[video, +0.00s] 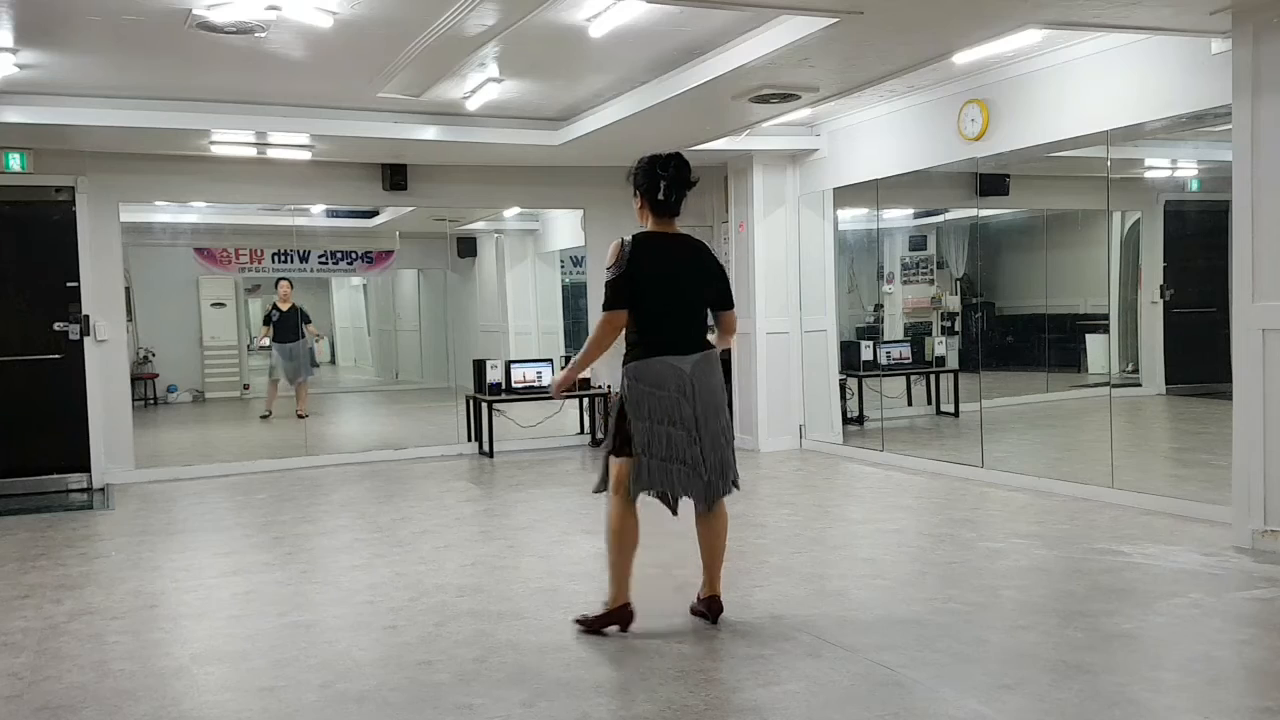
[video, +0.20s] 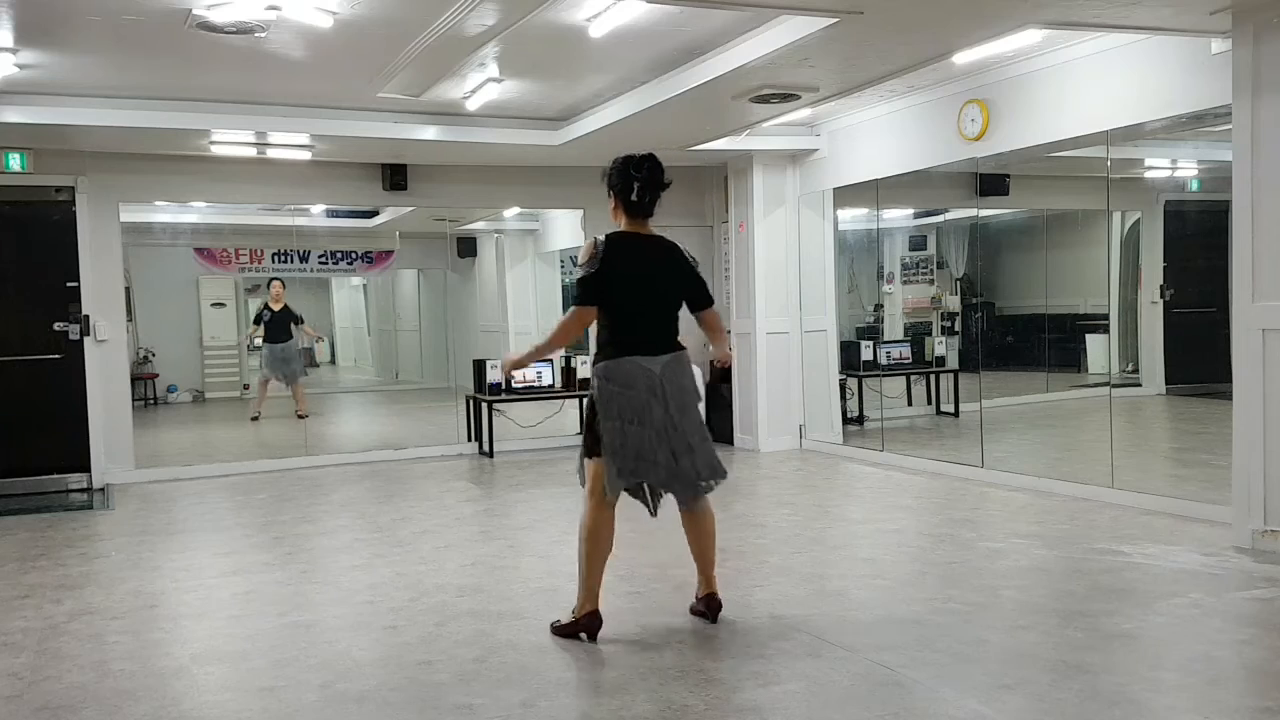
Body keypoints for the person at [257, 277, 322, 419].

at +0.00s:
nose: (285, 290)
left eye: (287, 287)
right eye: (282, 287)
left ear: (291, 290)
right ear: (276, 290)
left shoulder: (298, 309)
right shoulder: (272, 309)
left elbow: (309, 326)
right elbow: (266, 326)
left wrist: (316, 334)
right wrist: (262, 336)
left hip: (297, 347)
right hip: (278, 349)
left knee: (300, 379)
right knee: (273, 379)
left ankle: (300, 408)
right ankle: (268, 409)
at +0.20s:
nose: (277, 290)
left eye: (280, 287)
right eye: (274, 287)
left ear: (284, 290)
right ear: (269, 291)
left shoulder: (288, 309)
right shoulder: (264, 308)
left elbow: (301, 325)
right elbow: (255, 326)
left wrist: (314, 335)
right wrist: (247, 336)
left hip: (288, 347)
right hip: (269, 348)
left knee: (294, 380)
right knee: (264, 379)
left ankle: (299, 409)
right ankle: (257, 409)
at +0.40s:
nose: (267, 290)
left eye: (270, 287)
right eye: (263, 287)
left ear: (273, 290)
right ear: (258, 290)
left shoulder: (277, 309)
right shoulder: (253, 308)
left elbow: (288, 326)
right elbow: (242, 324)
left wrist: (301, 336)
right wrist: (233, 333)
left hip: (276, 346)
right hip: (256, 348)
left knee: (285, 377)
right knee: (256, 380)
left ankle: (295, 407)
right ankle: (256, 410)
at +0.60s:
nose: (261, 290)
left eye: (263, 287)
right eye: (257, 287)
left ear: (267, 290)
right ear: (252, 290)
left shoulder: (271, 309)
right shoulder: (247, 308)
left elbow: (281, 326)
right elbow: (240, 324)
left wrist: (293, 339)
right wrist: (236, 332)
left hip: (270, 346)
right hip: (252, 347)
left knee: (272, 379)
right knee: (253, 380)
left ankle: (272, 409)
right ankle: (255, 410)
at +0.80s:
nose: (259, 290)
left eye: (261, 287)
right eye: (255, 287)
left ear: (265, 290)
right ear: (249, 290)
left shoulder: (270, 308)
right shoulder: (245, 308)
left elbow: (280, 327)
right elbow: (241, 325)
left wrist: (290, 343)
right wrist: (242, 334)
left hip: (269, 347)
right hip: (251, 347)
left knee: (268, 381)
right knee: (252, 382)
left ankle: (265, 410)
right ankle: (255, 410)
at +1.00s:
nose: (258, 290)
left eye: (261, 287)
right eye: (255, 288)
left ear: (265, 290)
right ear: (249, 291)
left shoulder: (270, 309)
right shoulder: (245, 309)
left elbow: (280, 327)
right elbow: (240, 327)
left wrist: (290, 343)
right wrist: (239, 337)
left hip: (269, 347)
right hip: (251, 347)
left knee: (268, 380)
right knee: (254, 380)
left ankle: (265, 410)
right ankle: (256, 409)